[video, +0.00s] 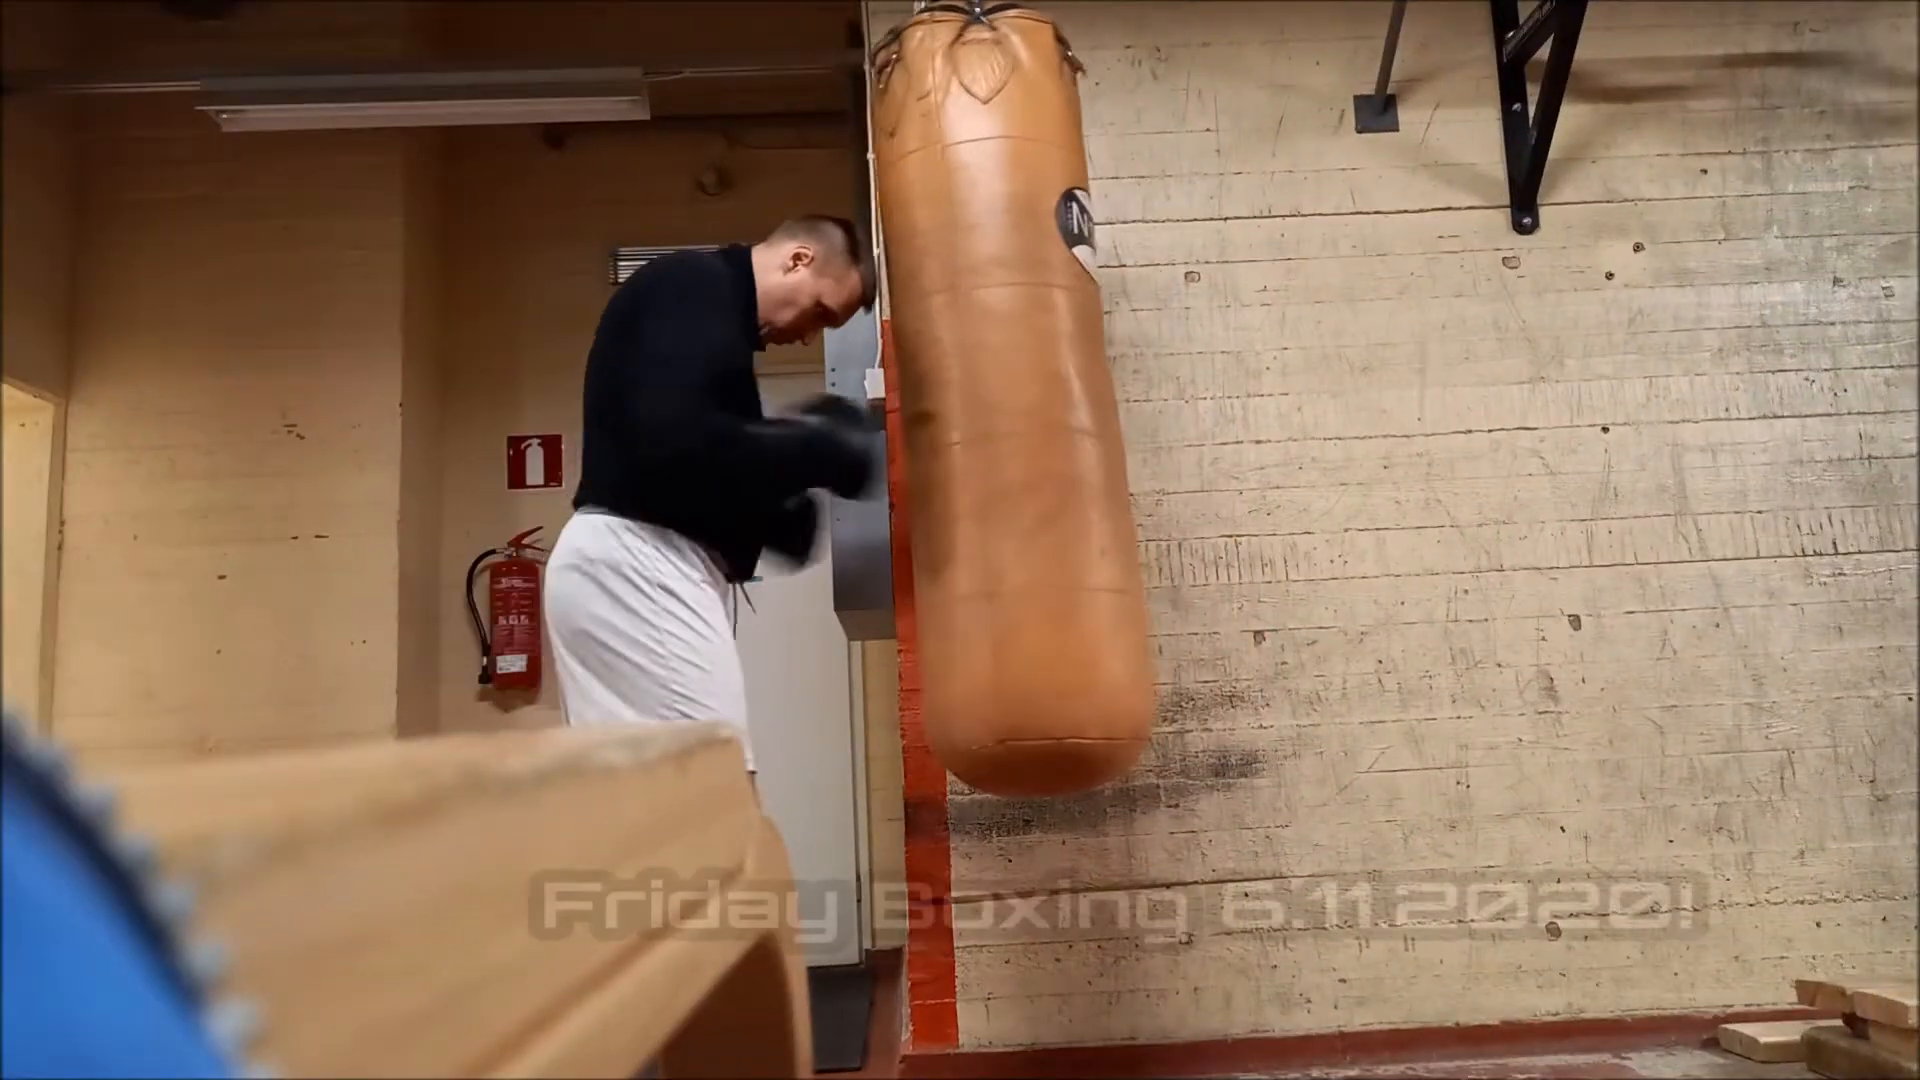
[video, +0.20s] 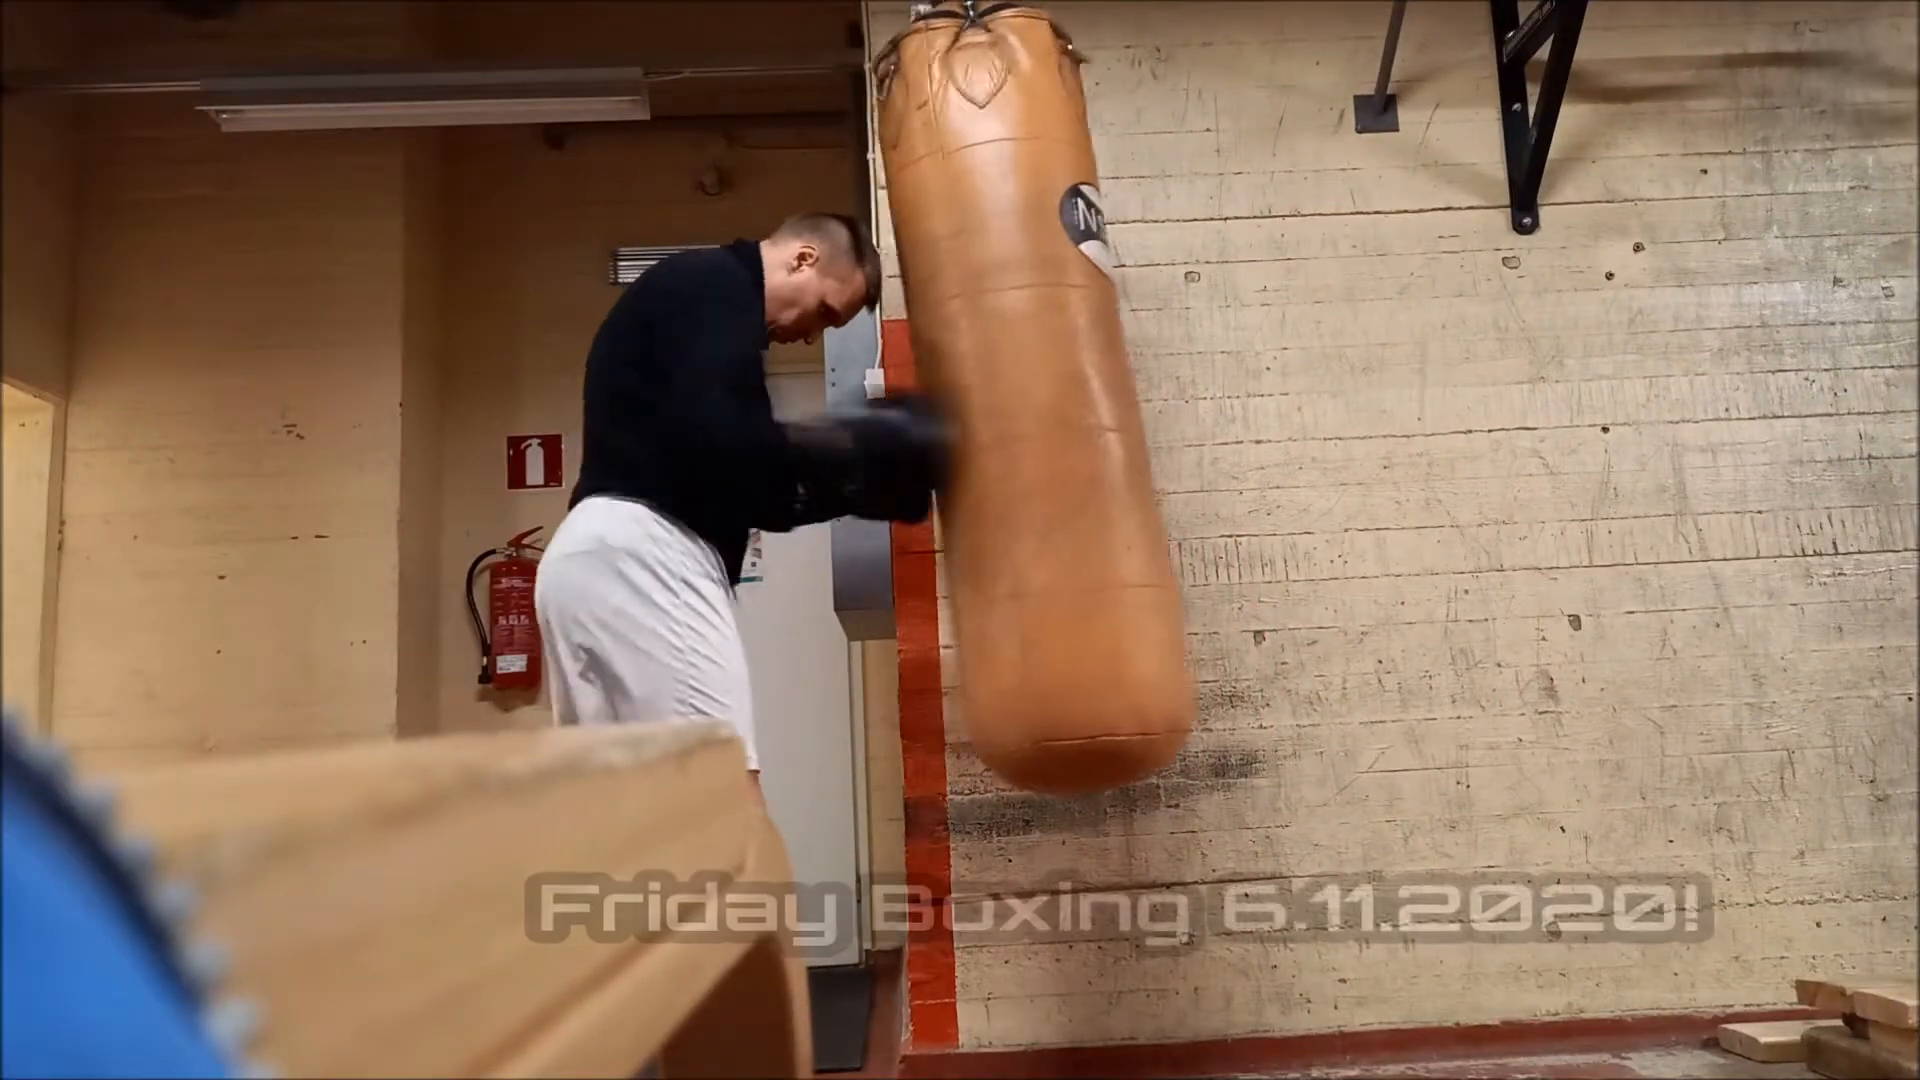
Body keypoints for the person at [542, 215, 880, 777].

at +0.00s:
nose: (809, 334)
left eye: (825, 324)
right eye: (820, 311)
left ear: (797, 260)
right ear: (797, 260)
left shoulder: (715, 320)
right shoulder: (692, 289)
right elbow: (674, 441)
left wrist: (777, 519)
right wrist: (821, 449)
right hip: (638, 566)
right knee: (711, 810)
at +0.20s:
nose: (810, 333)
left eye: (828, 324)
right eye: (824, 311)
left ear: (797, 259)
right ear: (801, 259)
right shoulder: (712, 285)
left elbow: (762, 499)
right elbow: (735, 450)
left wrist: (870, 481)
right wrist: (870, 444)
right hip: (640, 556)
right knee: (722, 805)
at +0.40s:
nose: (810, 324)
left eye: (825, 315)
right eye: (821, 304)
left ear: (795, 249)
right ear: (799, 250)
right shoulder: (719, 284)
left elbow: (746, 476)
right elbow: (740, 446)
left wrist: (850, 491)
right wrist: (848, 471)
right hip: (630, 548)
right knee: (696, 806)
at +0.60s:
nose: (782, 333)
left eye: (799, 323)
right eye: (797, 310)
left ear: (771, 259)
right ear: (773, 261)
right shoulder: (703, 285)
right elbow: (650, 423)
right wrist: (750, 473)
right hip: (612, 551)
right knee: (683, 800)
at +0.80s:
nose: (751, 349)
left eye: (768, 339)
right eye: (765, 327)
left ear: (743, 277)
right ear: (744, 278)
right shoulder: (681, 296)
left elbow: (515, 465)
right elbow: (636, 426)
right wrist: (721, 501)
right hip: (581, 564)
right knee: (672, 791)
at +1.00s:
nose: (759, 336)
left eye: (774, 326)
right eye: (770, 312)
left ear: (741, 263)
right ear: (744, 263)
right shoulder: (631, 287)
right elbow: (598, 443)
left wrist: (703, 545)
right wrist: (713, 423)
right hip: (570, 569)